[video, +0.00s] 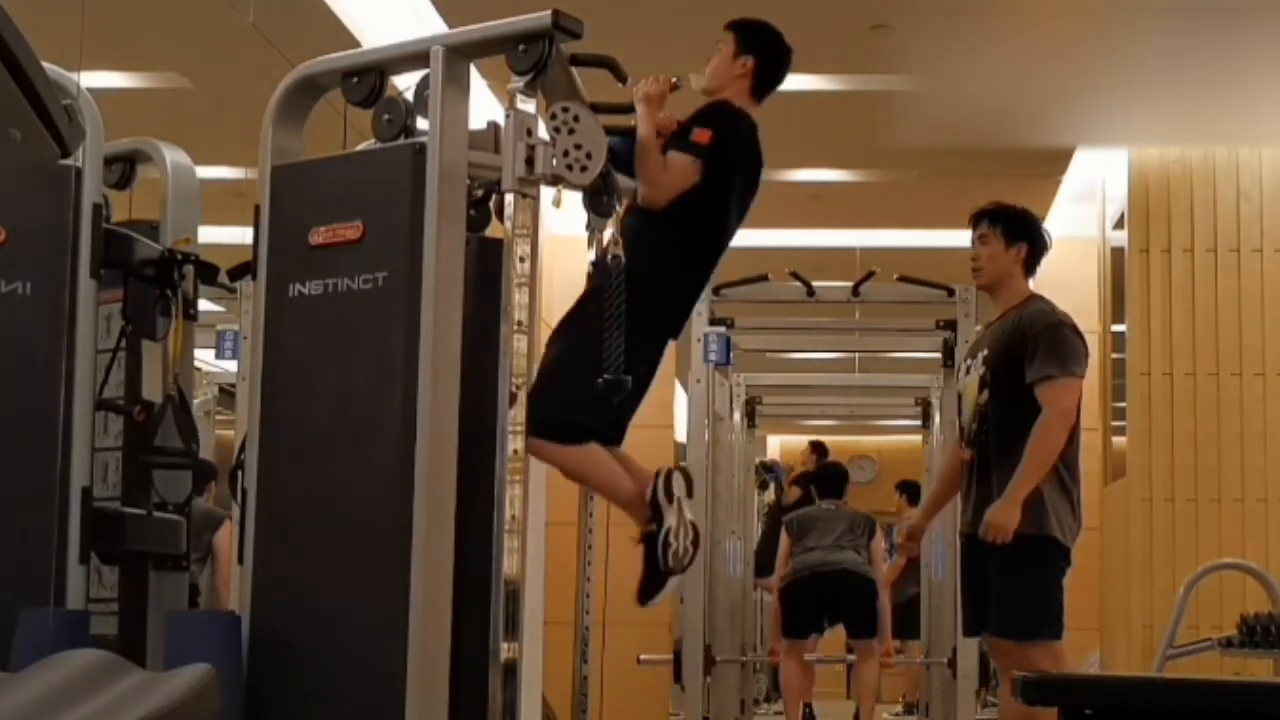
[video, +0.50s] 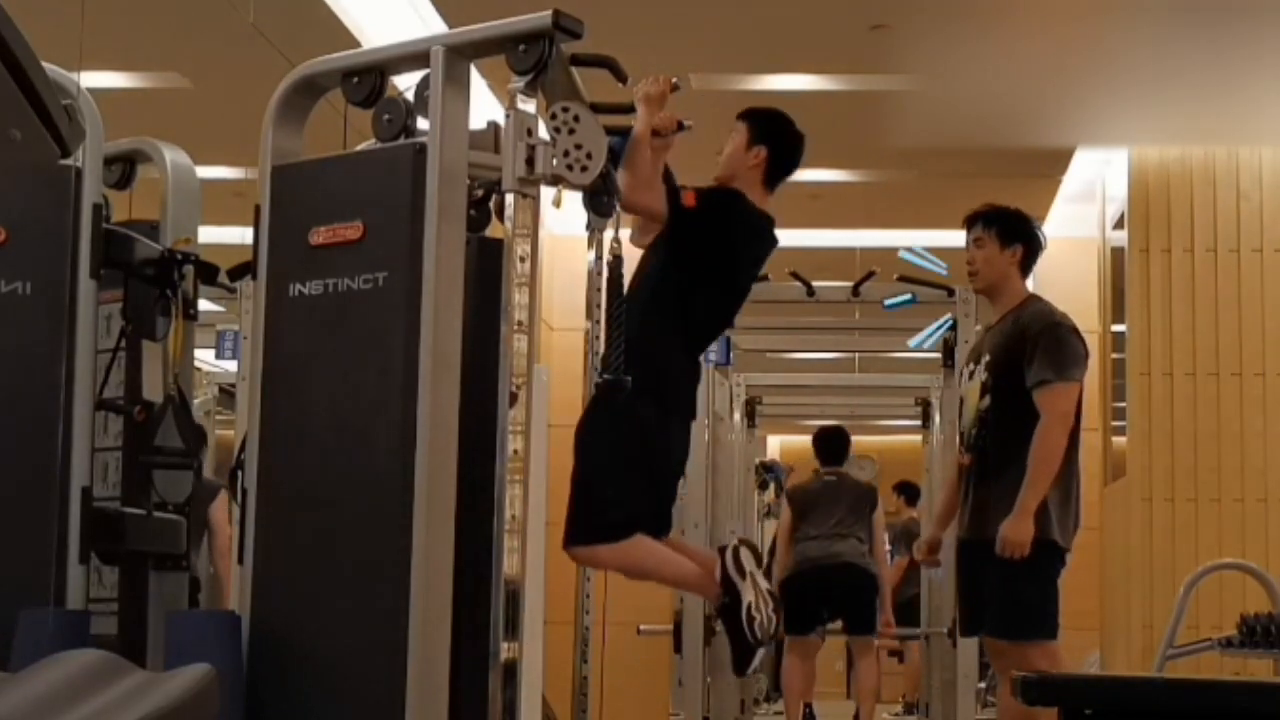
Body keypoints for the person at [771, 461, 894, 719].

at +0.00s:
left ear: (815, 490)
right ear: (846, 490)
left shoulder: (793, 521)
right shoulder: (867, 523)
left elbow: (780, 579)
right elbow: (881, 583)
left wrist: (777, 639)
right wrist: (887, 640)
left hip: (803, 586)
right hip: (856, 585)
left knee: (793, 653)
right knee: (867, 654)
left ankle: (793, 717)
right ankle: (865, 715)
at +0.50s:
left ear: (815, 454)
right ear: (848, 453)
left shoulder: (795, 494)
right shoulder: (868, 493)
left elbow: (782, 555)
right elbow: (880, 557)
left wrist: (779, 599)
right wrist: (886, 609)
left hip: (804, 581)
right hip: (855, 581)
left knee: (797, 652)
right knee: (865, 652)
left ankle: (794, 716)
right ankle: (865, 715)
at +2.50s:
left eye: (814, 461)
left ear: (813, 464)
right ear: (847, 464)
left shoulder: (794, 503)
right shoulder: (867, 502)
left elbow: (780, 564)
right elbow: (882, 564)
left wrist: (775, 613)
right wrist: (887, 618)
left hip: (806, 585)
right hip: (858, 584)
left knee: (801, 653)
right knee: (865, 653)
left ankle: (798, 715)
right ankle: (865, 715)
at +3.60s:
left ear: (817, 409)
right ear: (850, 409)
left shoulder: (794, 457)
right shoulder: (870, 457)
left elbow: (778, 518)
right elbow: (883, 519)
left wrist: (774, 569)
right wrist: (890, 571)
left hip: (807, 566)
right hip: (857, 566)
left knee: (804, 647)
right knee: (860, 647)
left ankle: (797, 715)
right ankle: (864, 714)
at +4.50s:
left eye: (814, 396)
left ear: (811, 399)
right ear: (845, 398)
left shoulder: (790, 448)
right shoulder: (866, 447)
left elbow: (771, 509)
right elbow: (884, 510)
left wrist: (772, 559)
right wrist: (888, 560)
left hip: (806, 567)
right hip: (855, 566)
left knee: (805, 649)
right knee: (858, 650)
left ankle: (797, 716)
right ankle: (863, 715)